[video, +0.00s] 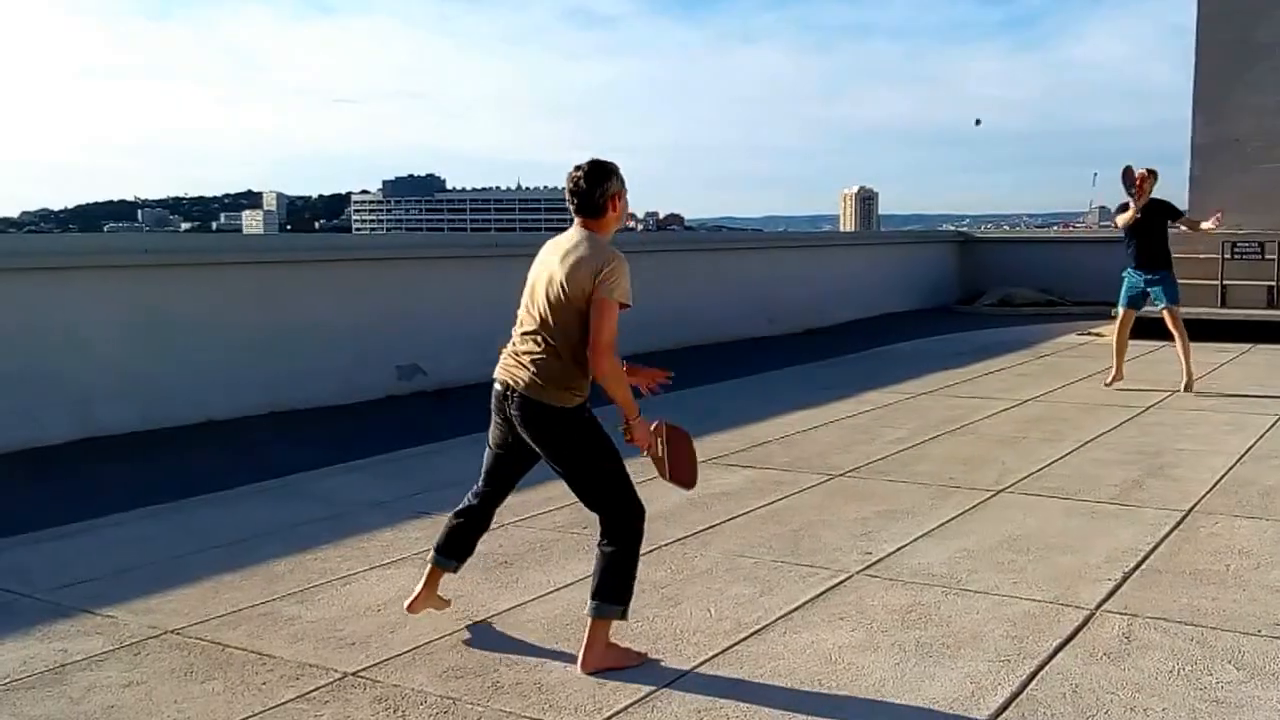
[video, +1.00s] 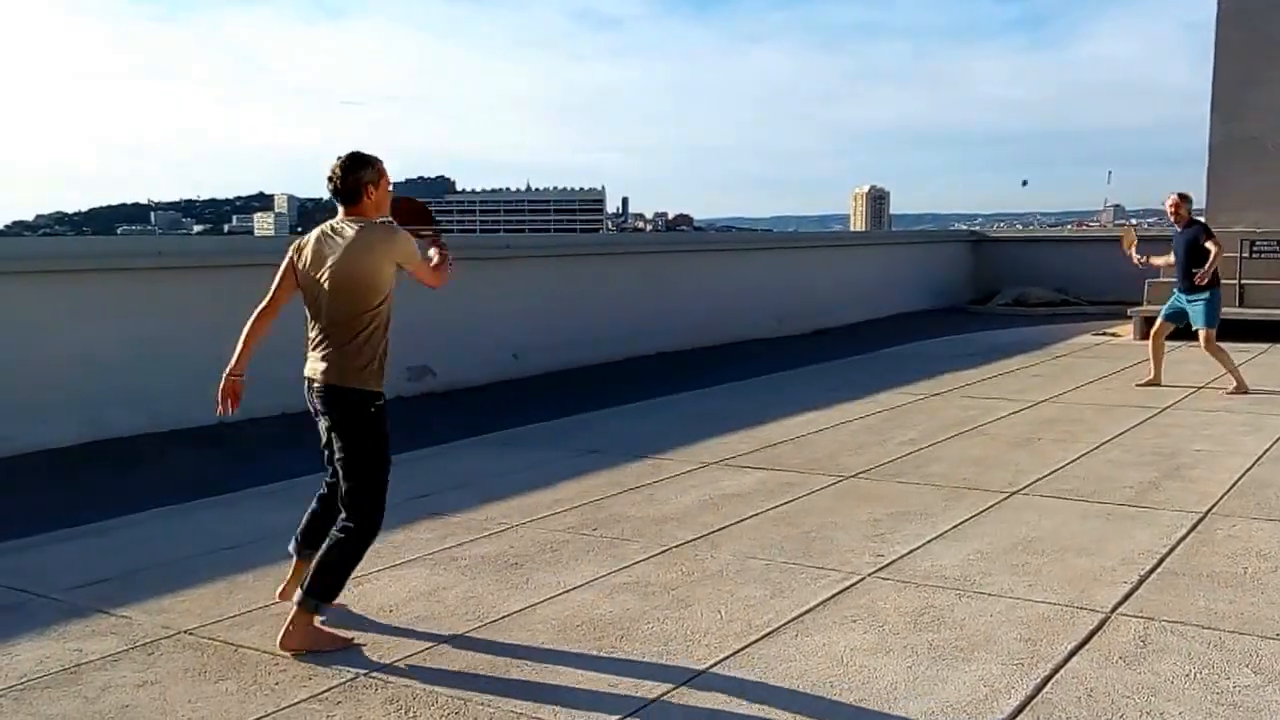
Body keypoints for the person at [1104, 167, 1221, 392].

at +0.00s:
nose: (1140, 185)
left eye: (1145, 182)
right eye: (1138, 180)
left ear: (1152, 185)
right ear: (1133, 183)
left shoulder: (1162, 207)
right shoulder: (1124, 208)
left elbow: (1188, 224)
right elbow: (1120, 223)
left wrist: (1207, 225)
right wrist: (1135, 208)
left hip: (1161, 274)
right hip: (1134, 273)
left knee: (1174, 324)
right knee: (1122, 322)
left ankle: (1187, 374)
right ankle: (1117, 370)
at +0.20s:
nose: (1144, 199)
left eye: (1148, 195)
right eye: (1141, 195)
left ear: (1156, 200)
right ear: (1135, 199)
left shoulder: (1165, 222)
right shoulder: (1129, 222)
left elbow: (1186, 242)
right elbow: (1125, 232)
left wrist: (1196, 245)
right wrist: (1145, 218)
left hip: (1162, 289)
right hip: (1134, 288)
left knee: (1173, 333)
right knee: (1120, 333)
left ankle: (1188, 382)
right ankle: (1117, 377)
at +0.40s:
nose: (1151, 203)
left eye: (1155, 199)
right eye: (1148, 199)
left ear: (1162, 203)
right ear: (1142, 202)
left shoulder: (1173, 227)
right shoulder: (1132, 228)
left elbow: (1179, 260)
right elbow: (1125, 259)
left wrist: (1178, 284)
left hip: (1165, 290)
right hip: (1138, 289)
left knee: (1178, 335)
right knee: (1121, 334)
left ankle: (1196, 378)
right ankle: (1121, 378)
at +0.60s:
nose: (1160, 199)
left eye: (1164, 195)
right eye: (1156, 195)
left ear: (1171, 197)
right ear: (1151, 198)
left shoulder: (1185, 221)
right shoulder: (1146, 225)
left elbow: (1200, 252)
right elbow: (1132, 257)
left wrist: (1196, 281)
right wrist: (1123, 284)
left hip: (1178, 290)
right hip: (1151, 287)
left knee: (1187, 335)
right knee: (1134, 331)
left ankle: (1199, 382)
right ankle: (1125, 377)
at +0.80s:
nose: (1163, 194)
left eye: (1168, 190)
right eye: (1160, 190)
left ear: (1177, 191)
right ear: (1156, 191)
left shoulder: (1191, 210)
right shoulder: (1159, 214)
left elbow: (1210, 238)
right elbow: (1155, 244)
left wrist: (1206, 267)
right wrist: (1133, 264)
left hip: (1190, 278)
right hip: (1166, 277)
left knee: (1202, 326)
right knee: (1151, 322)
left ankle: (1220, 373)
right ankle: (1148, 367)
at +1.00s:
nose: (1173, 212)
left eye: (1177, 208)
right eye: (1170, 208)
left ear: (1187, 208)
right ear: (1167, 211)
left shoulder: (1199, 228)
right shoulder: (1177, 234)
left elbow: (1216, 249)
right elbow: (1172, 260)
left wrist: (1207, 270)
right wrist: (1146, 260)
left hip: (1204, 295)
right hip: (1181, 294)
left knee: (1207, 343)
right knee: (1156, 334)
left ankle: (1240, 382)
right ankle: (1155, 377)